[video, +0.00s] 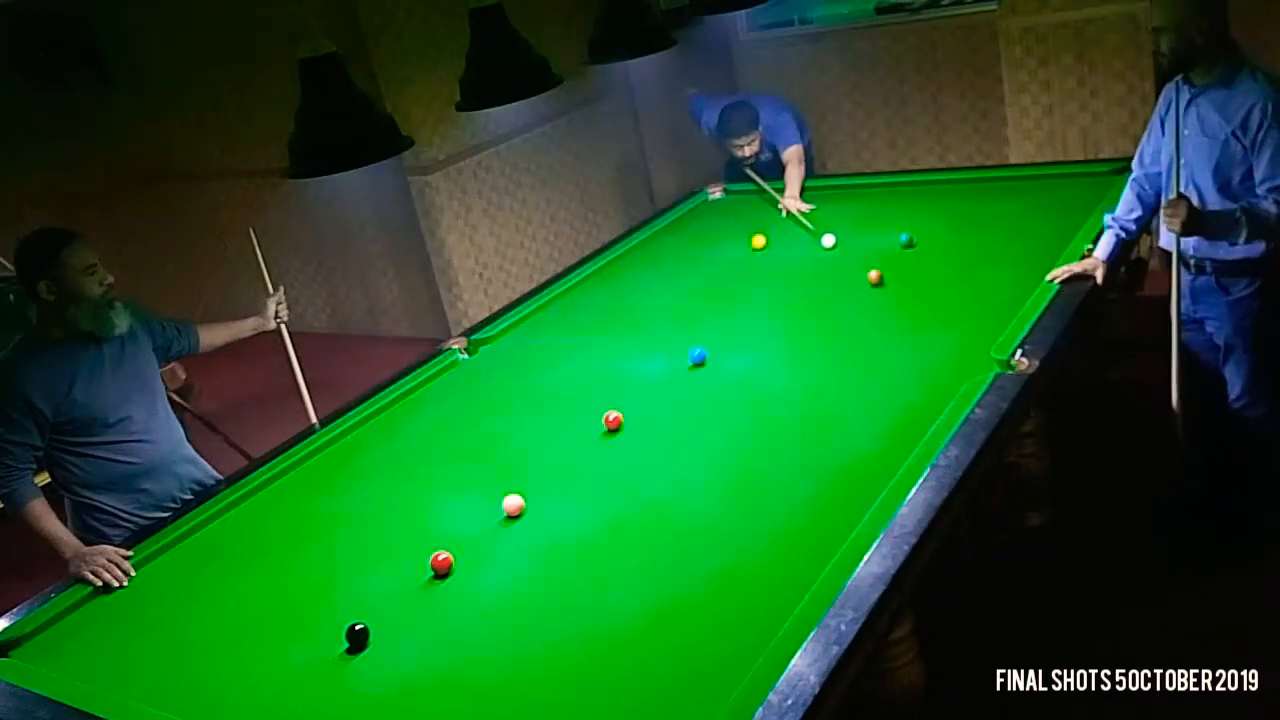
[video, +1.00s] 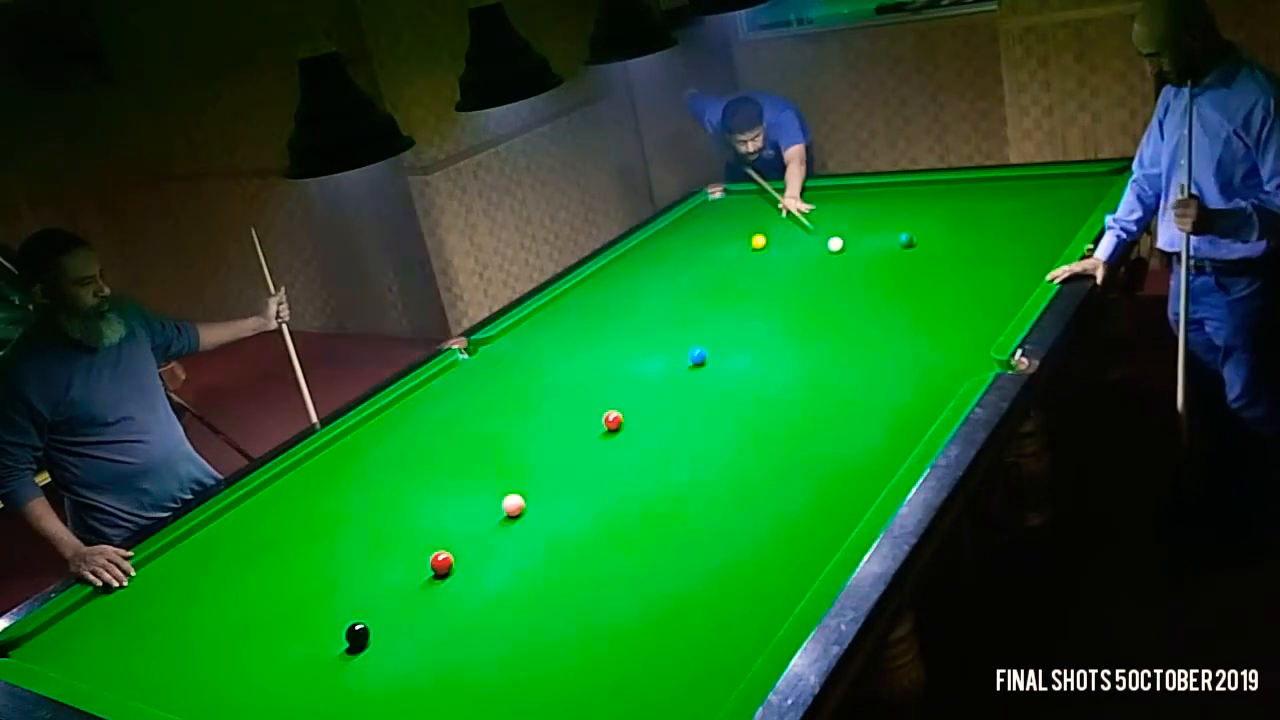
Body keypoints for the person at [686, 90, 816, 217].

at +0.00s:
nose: (747, 152)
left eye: (751, 143)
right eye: (738, 148)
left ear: (760, 131)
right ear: (721, 141)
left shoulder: (778, 120)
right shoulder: (710, 117)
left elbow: (795, 160)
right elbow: (691, 95)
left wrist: (791, 196)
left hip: (779, 156)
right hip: (738, 162)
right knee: (739, 210)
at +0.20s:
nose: (747, 152)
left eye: (752, 143)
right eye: (739, 147)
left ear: (761, 130)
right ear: (723, 140)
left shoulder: (778, 118)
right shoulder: (710, 118)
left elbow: (795, 160)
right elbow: (690, 96)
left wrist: (791, 196)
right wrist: (714, 141)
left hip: (778, 157)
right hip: (738, 162)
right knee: (740, 213)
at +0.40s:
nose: (748, 152)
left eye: (753, 143)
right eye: (740, 147)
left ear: (761, 130)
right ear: (724, 141)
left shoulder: (778, 118)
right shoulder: (711, 119)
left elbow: (795, 160)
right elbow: (690, 95)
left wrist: (791, 196)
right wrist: (718, 147)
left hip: (779, 158)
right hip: (738, 163)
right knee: (740, 214)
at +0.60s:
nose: (748, 152)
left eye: (753, 143)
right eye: (740, 147)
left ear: (762, 130)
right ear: (723, 141)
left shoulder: (778, 118)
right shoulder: (710, 118)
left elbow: (795, 161)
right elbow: (689, 97)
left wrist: (791, 196)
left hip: (779, 158)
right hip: (738, 163)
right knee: (740, 214)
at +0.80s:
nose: (749, 151)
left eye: (754, 142)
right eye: (741, 146)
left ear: (762, 130)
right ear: (725, 140)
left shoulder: (780, 118)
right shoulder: (712, 119)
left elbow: (795, 161)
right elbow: (688, 97)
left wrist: (792, 196)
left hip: (778, 160)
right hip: (738, 164)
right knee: (742, 215)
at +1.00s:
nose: (750, 148)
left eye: (755, 139)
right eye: (742, 143)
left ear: (764, 127)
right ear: (727, 137)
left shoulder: (782, 117)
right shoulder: (715, 117)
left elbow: (796, 160)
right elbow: (690, 95)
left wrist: (792, 196)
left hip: (779, 159)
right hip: (739, 162)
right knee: (741, 213)